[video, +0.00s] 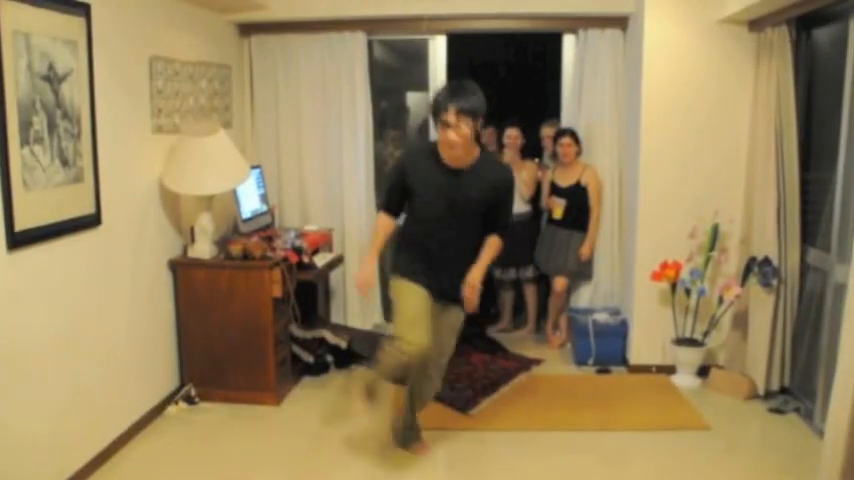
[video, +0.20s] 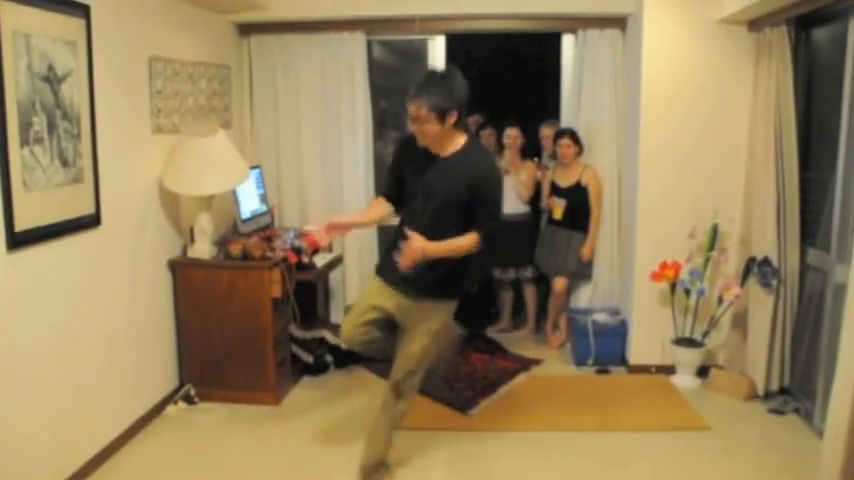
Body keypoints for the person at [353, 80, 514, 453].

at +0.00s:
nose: (453, 135)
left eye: (461, 126)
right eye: (446, 126)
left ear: (477, 127)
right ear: (435, 125)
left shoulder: (496, 175)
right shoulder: (415, 160)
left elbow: (497, 232)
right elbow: (389, 211)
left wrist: (475, 276)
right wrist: (370, 260)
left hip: (459, 277)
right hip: (412, 265)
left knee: (435, 361)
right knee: (415, 343)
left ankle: (408, 421)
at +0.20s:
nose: (414, 128)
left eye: (422, 120)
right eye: (412, 119)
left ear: (452, 118)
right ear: (410, 115)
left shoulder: (480, 167)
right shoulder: (411, 148)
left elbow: (483, 236)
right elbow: (388, 203)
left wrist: (430, 248)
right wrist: (347, 223)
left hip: (437, 298)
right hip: (391, 281)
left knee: (400, 383)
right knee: (353, 334)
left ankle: (373, 464)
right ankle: (426, 350)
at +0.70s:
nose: (404, 103)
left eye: (415, 94)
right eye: (399, 95)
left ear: (438, 98)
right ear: (393, 102)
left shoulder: (471, 142)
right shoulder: (392, 156)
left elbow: (480, 211)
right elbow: (400, 226)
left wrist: (449, 190)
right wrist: (368, 199)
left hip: (474, 272)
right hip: (430, 277)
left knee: (456, 343)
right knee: (443, 377)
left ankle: (504, 381)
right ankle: (485, 458)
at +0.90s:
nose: (428, 150)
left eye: (434, 140)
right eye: (417, 144)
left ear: (447, 138)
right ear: (400, 146)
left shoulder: (476, 175)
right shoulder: (389, 186)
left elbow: (484, 241)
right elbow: (399, 252)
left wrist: (448, 218)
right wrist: (426, 207)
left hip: (483, 312)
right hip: (429, 319)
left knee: (509, 395)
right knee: (463, 413)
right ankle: (500, 475)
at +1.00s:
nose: (431, 149)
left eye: (438, 139)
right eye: (420, 142)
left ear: (450, 136)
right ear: (403, 143)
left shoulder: (477, 176)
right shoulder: (389, 182)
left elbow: (485, 244)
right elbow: (390, 252)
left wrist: (453, 218)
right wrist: (426, 212)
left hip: (469, 312)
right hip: (417, 313)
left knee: (463, 410)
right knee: (448, 410)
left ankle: (411, 466)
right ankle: (488, 474)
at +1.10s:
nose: (415, 129)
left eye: (425, 119)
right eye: (409, 120)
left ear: (449, 124)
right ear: (402, 127)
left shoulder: (477, 178)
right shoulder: (391, 173)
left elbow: (473, 245)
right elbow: (374, 243)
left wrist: (459, 202)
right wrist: (387, 202)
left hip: (447, 298)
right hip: (399, 292)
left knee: (431, 393)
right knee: (402, 380)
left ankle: (402, 462)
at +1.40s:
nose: (389, 146)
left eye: (397, 136)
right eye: (384, 135)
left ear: (427, 126)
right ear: (377, 129)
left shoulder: (458, 181)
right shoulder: (375, 165)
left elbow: (418, 245)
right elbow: (358, 238)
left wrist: (356, 215)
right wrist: (346, 208)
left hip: (414, 321)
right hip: (366, 298)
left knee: (370, 417)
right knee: (326, 378)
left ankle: (339, 473)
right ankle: (402, 377)